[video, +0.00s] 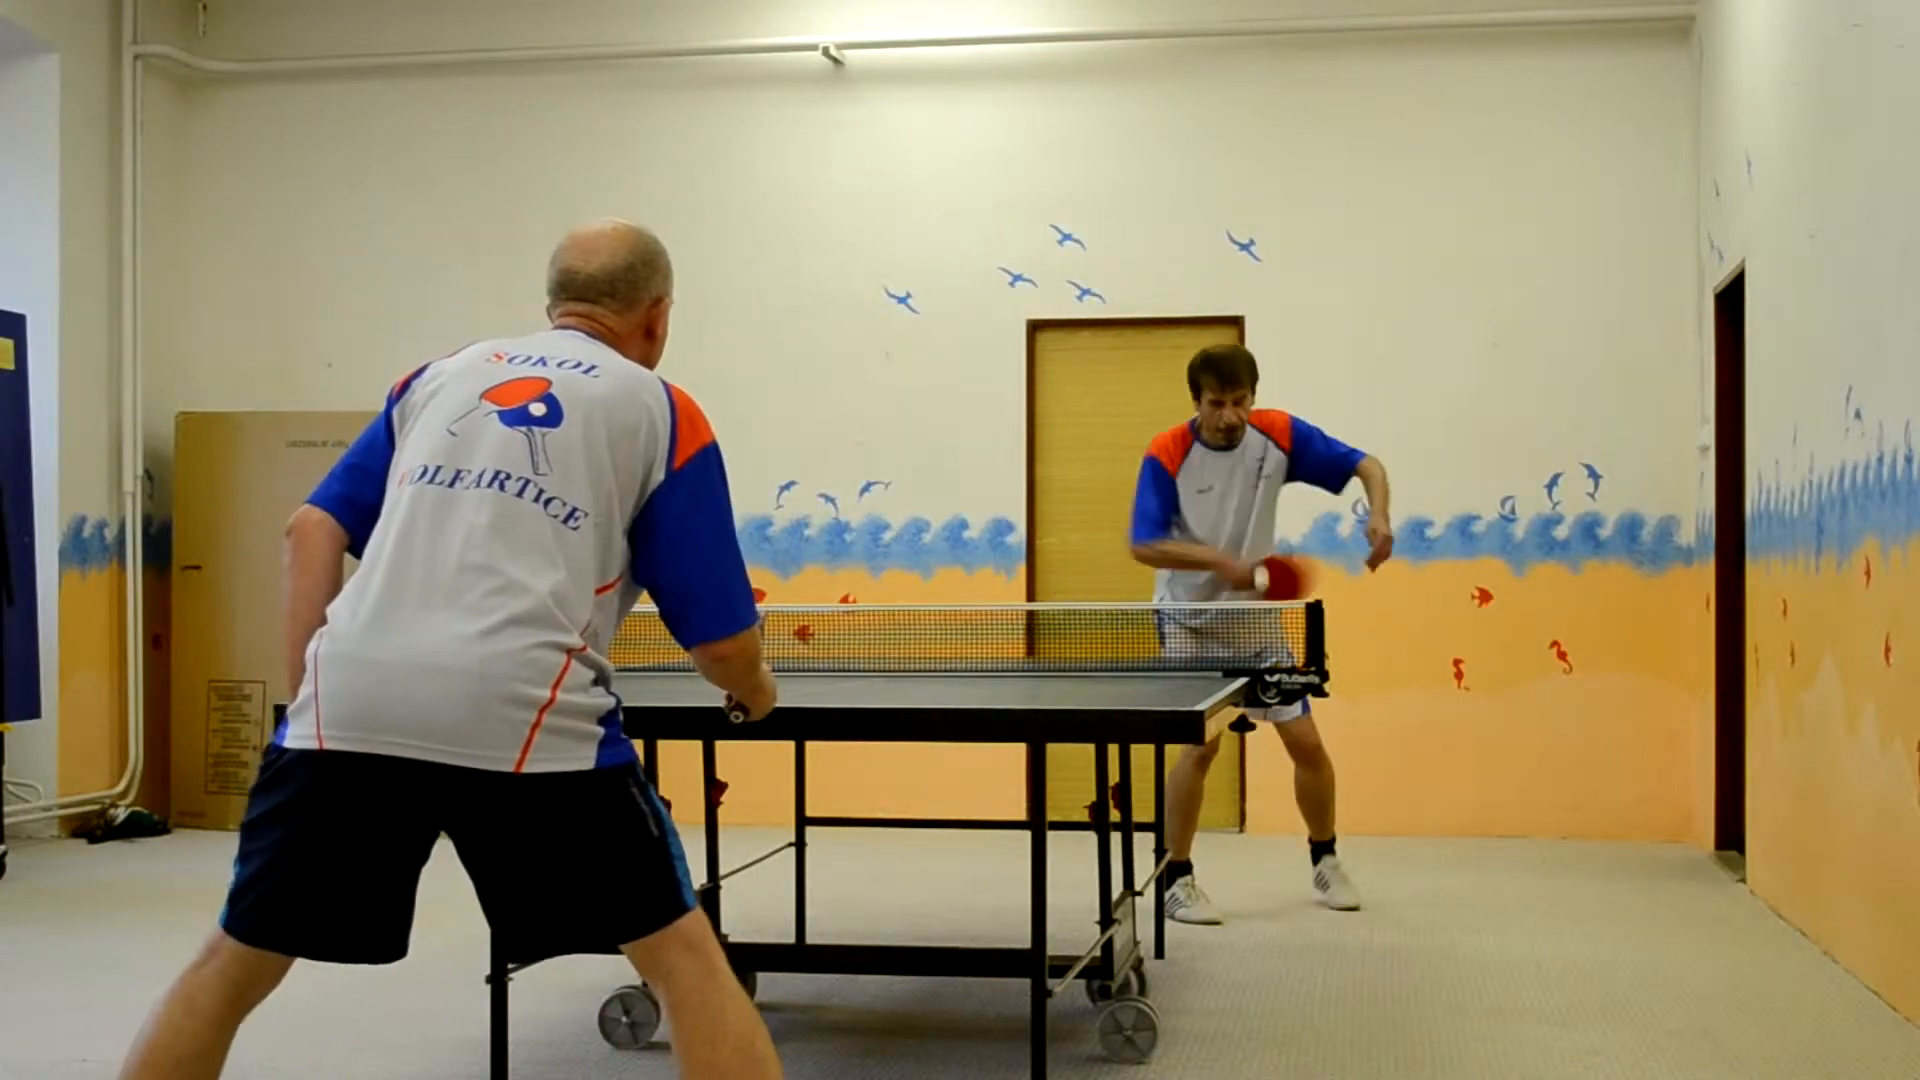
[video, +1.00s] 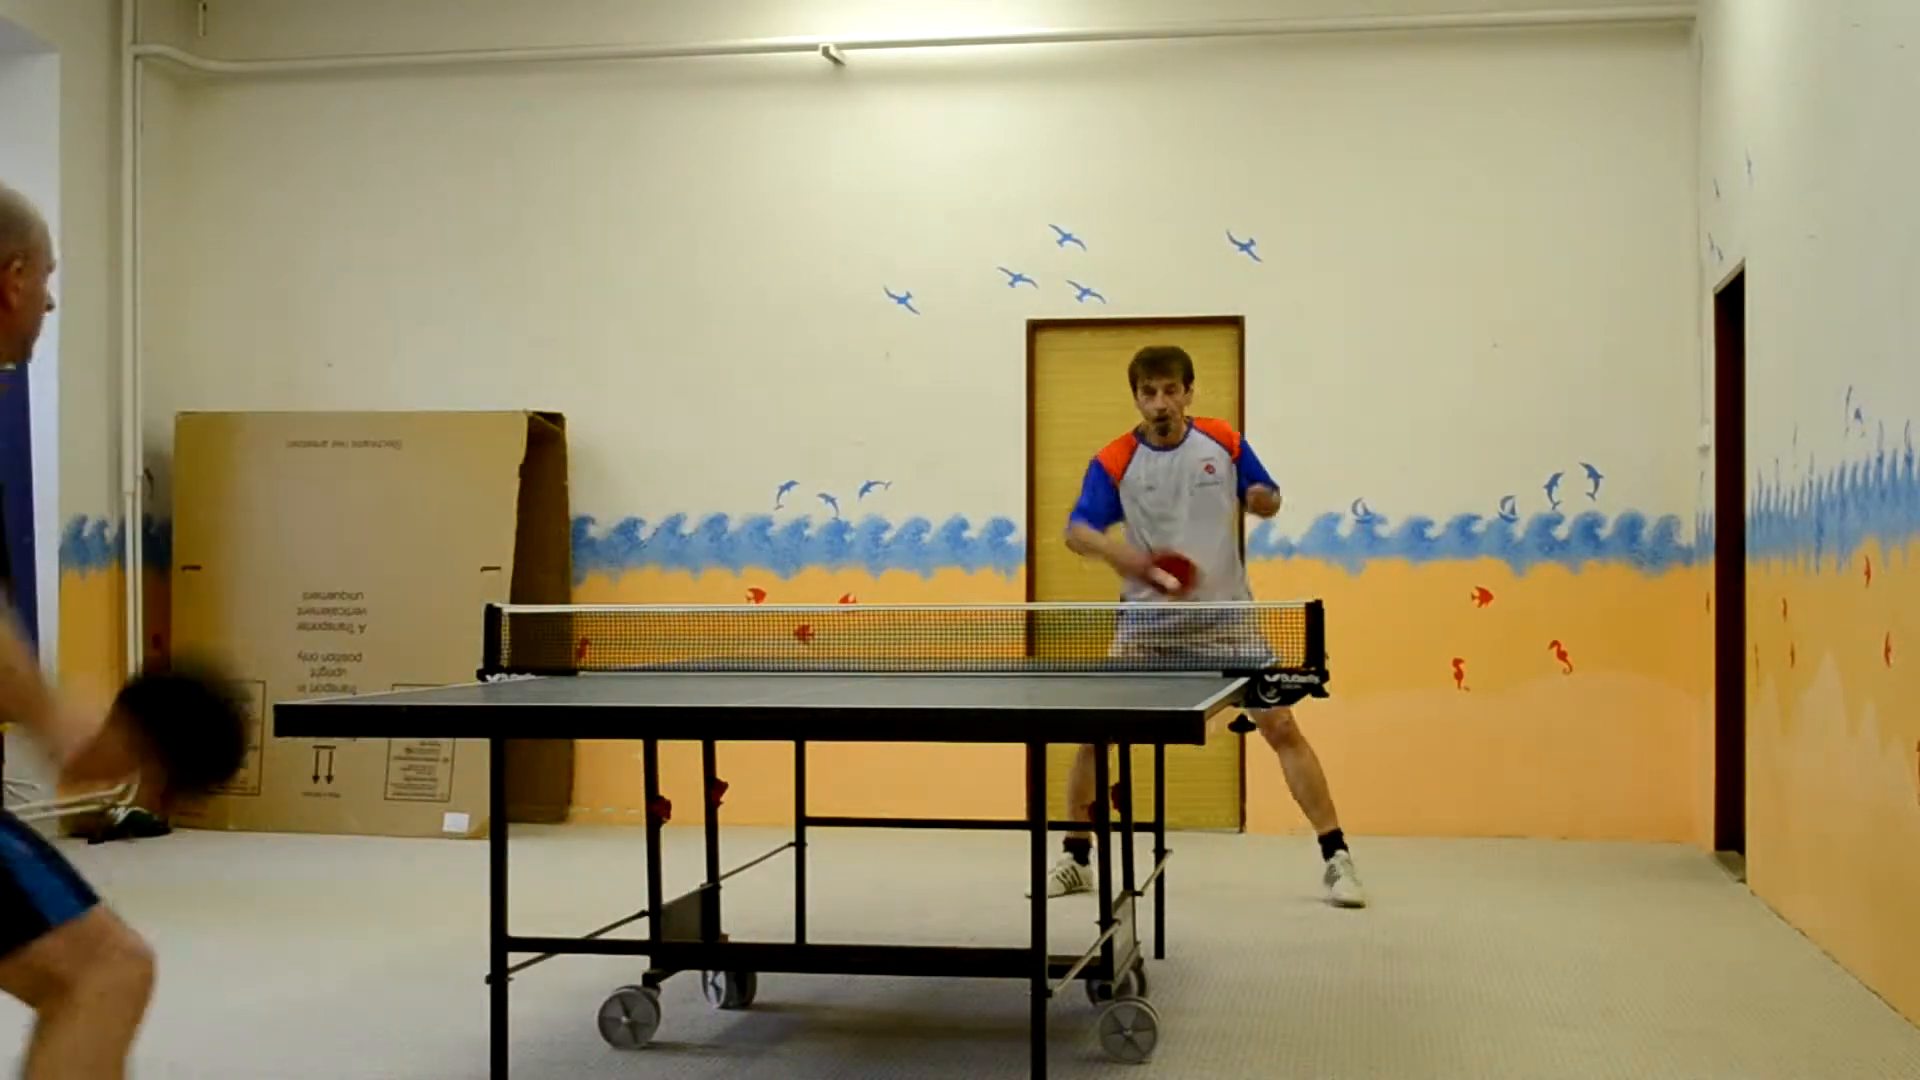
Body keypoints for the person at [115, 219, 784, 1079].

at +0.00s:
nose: (666, 334)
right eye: (666, 316)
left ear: (551, 306)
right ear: (653, 317)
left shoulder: (437, 378)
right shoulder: (663, 416)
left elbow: (314, 527)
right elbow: (722, 637)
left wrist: (306, 697)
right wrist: (755, 693)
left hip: (347, 712)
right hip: (532, 723)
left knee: (228, 967)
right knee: (685, 960)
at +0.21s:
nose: (639, 331)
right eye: (639, 316)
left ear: (525, 303)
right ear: (627, 319)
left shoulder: (415, 381)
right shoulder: (645, 411)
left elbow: (291, 534)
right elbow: (712, 636)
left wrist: (299, 703)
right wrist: (712, 683)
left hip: (344, 719)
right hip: (528, 728)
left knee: (223, 965)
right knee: (686, 957)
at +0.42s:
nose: (464, 348)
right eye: (467, 335)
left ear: (357, 337)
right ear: (462, 342)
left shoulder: (282, 424)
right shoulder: (532, 440)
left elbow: (144, 602)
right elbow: (587, 651)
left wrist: (136, 774)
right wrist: (492, 724)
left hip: (302, 772)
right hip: (490, 772)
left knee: (154, 963)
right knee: (647, 978)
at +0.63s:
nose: (259, 312)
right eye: (261, 300)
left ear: (146, 284)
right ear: (247, 294)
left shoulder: (29, 389)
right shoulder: (264, 354)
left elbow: (12, 575)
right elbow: (413, 494)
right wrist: (520, 504)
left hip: (57, 739)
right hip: (233, 722)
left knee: (44, 946)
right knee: (422, 936)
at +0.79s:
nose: (106, 246)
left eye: (99, 234)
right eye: (100, 233)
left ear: (11, 235)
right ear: (79, 233)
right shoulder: (81, 310)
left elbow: (248, 354)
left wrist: (448, 323)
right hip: (90, 721)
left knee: (248, 993)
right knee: (249, 991)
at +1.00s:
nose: (48, 303)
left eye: (48, 280)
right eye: (45, 278)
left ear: (12, 280)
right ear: (11, 279)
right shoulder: (7, 390)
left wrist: (57, 719)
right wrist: (52, 715)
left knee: (80, 982)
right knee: (109, 971)